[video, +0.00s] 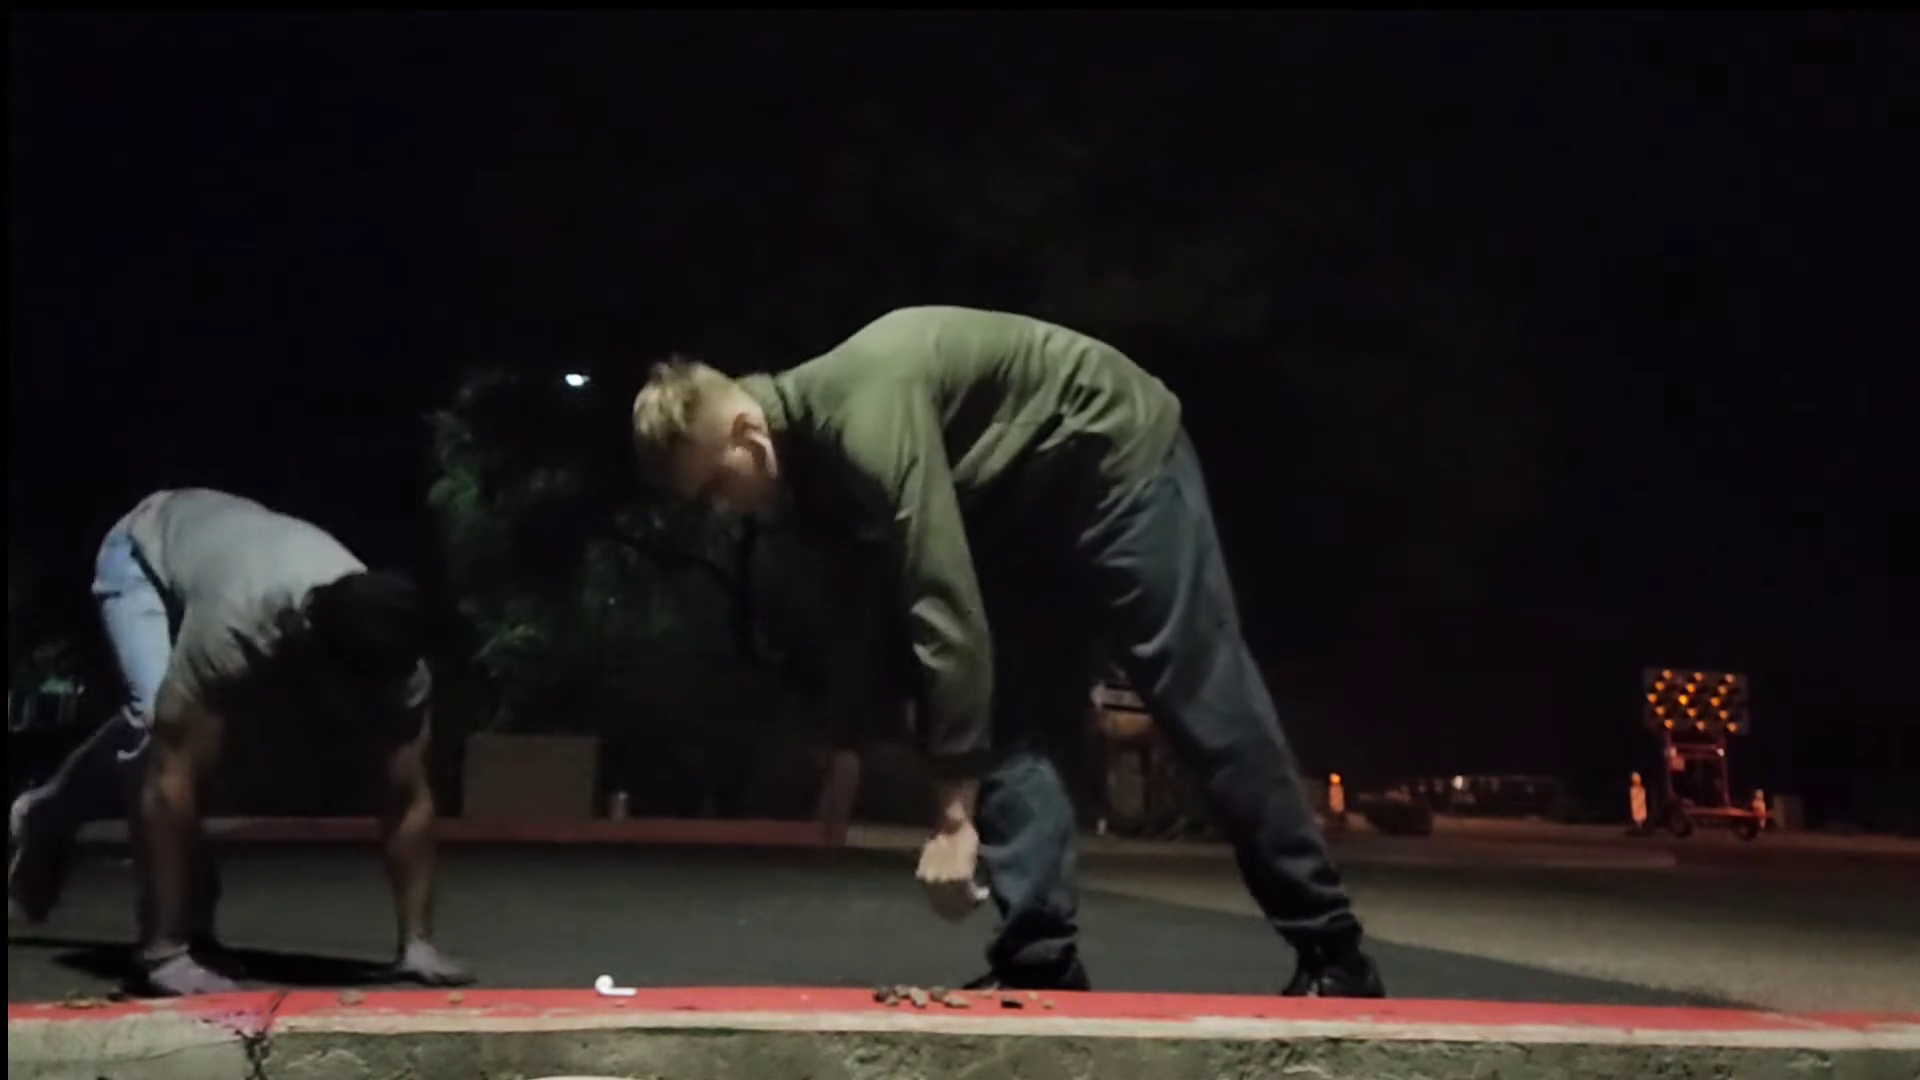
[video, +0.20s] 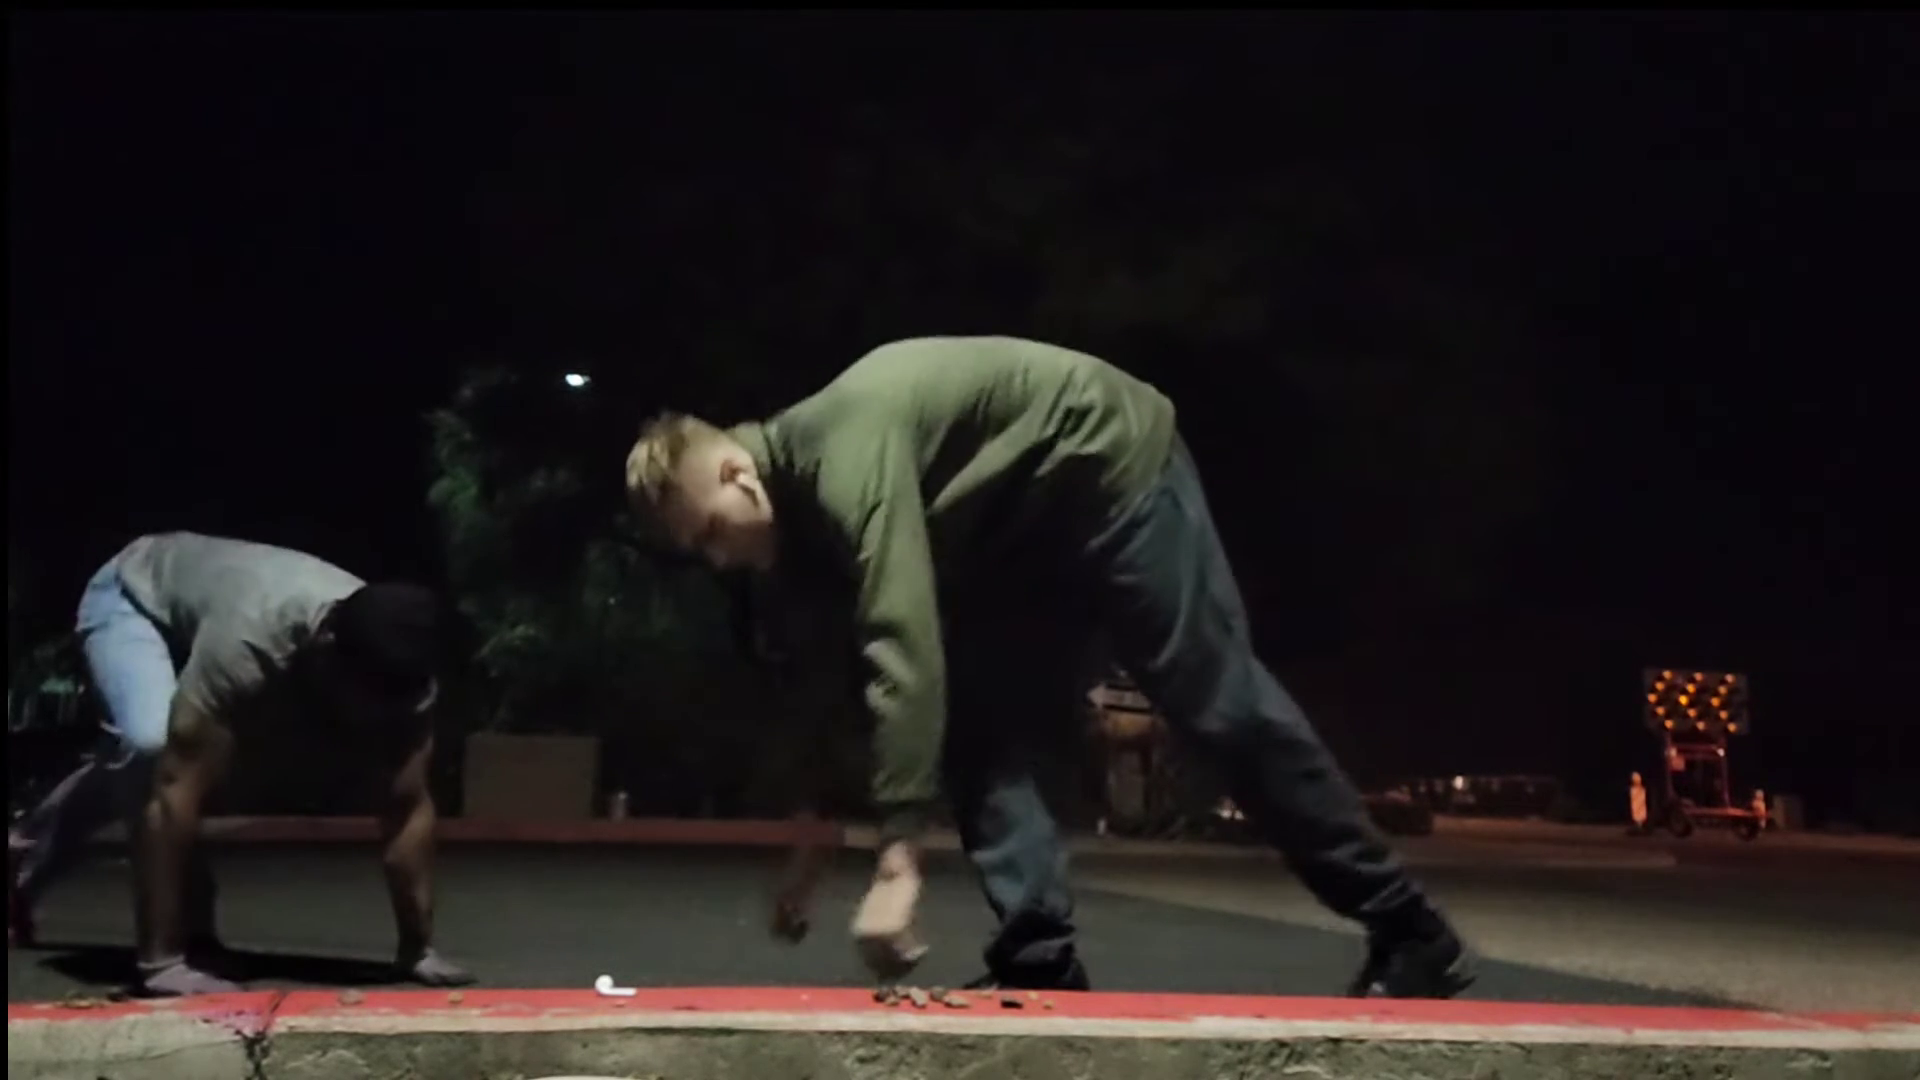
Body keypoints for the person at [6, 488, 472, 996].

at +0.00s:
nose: (380, 703)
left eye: (393, 688)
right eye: (366, 688)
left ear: (406, 659)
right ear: (318, 645)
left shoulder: (402, 666)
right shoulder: (233, 624)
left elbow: (411, 799)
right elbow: (169, 777)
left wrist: (416, 940)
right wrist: (163, 947)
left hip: (240, 548)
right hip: (141, 553)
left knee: (193, 759)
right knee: (154, 722)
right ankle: (41, 821)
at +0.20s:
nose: (394, 719)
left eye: (407, 705)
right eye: (381, 701)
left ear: (421, 678)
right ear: (331, 652)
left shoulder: (408, 678)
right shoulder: (245, 639)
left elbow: (409, 810)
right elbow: (173, 792)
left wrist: (417, 952)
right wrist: (160, 957)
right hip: (130, 596)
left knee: (183, 784)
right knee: (146, 746)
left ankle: (198, 944)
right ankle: (26, 853)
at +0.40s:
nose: (396, 713)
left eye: (408, 699)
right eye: (385, 696)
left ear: (420, 679)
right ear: (329, 652)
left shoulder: (407, 678)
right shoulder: (241, 642)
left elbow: (408, 812)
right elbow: (172, 796)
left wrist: (417, 950)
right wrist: (161, 958)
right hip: (134, 616)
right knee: (79, 750)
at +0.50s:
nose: (394, 714)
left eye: (407, 699)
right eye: (383, 696)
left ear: (421, 682)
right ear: (330, 655)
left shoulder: (411, 680)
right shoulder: (239, 644)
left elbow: (410, 811)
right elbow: (170, 797)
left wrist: (417, 950)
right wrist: (160, 961)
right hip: (134, 626)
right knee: (45, 793)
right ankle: (33, 854)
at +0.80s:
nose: (397, 687)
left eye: (407, 671)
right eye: (380, 668)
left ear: (419, 663)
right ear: (327, 644)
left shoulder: (412, 686)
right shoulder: (225, 651)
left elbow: (409, 812)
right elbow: (161, 803)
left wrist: (418, 951)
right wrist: (158, 960)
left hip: (211, 719)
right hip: (123, 697)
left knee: (76, 850)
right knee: (34, 845)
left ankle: (17, 901)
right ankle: (13, 905)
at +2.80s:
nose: (395, 665)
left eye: (406, 650)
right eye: (380, 644)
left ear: (414, 646)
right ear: (332, 631)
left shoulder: (407, 691)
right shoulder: (233, 655)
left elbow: (410, 818)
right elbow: (157, 807)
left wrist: (418, 950)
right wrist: (157, 960)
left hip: (224, 767)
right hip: (134, 732)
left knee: (131, 843)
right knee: (37, 819)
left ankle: (57, 891)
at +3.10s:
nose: (403, 706)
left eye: (414, 691)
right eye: (392, 688)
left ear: (425, 688)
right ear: (355, 672)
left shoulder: (415, 727)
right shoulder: (260, 696)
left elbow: (410, 840)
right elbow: (128, 818)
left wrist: (416, 949)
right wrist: (156, 962)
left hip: (217, 768)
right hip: (144, 742)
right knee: (41, 827)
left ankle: (61, 896)